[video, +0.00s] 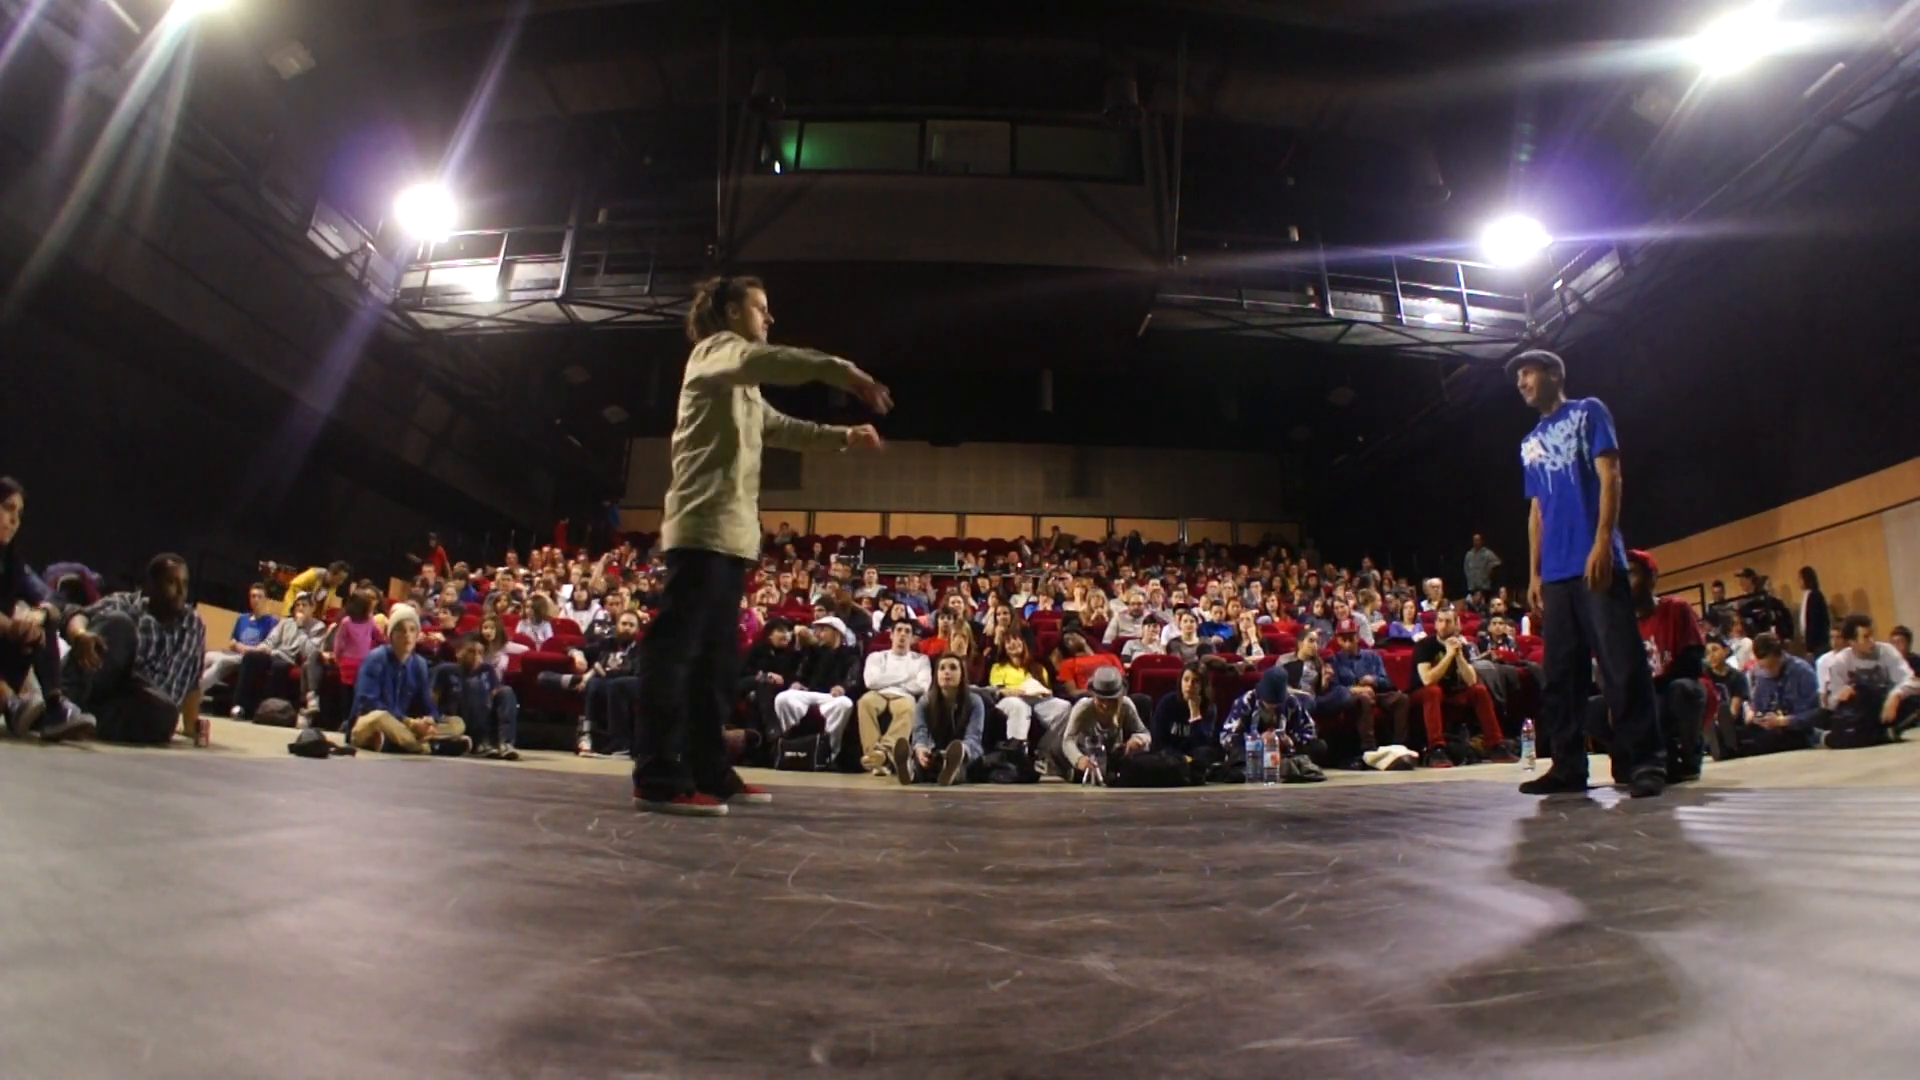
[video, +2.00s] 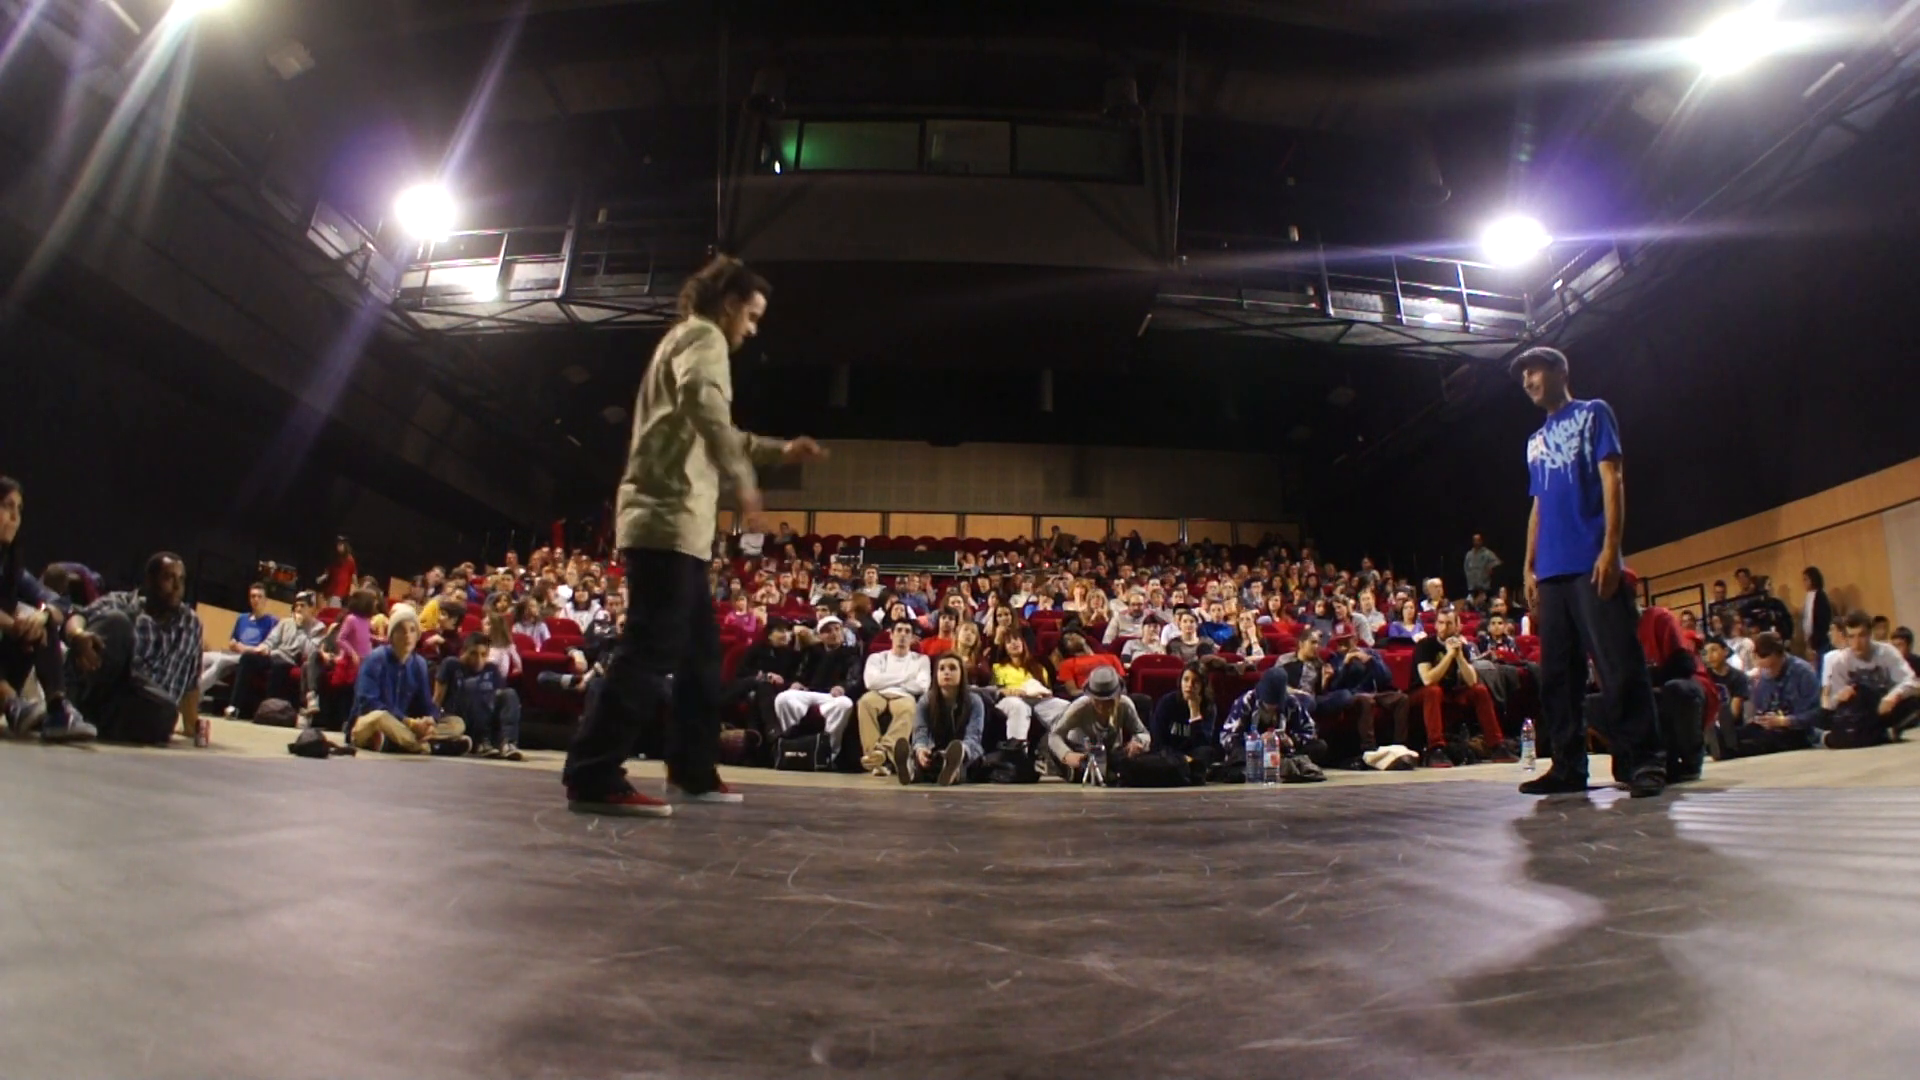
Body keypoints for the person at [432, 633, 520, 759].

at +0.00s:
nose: (475, 657)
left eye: (480, 653)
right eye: (471, 652)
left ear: (483, 656)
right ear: (459, 653)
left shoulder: (487, 670)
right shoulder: (444, 670)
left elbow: (495, 690)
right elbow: (434, 696)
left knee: (506, 692)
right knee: (473, 685)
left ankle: (506, 743)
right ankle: (481, 742)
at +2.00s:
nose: (478, 660)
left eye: (483, 655)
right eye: (474, 654)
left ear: (488, 655)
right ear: (464, 652)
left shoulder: (492, 669)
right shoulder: (450, 665)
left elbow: (498, 695)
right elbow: (438, 698)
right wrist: (430, 722)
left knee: (509, 694)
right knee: (471, 689)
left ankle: (507, 743)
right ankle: (482, 742)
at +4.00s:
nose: (478, 658)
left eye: (483, 654)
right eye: (473, 653)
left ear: (487, 655)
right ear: (464, 654)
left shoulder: (490, 669)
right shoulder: (451, 665)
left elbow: (498, 693)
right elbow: (438, 697)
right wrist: (431, 720)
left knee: (510, 694)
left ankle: (508, 743)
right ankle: (483, 742)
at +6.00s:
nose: (479, 660)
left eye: (482, 655)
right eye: (474, 654)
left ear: (486, 654)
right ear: (465, 654)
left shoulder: (491, 670)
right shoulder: (451, 665)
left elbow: (495, 697)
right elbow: (438, 698)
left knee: (510, 695)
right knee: (471, 690)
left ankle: (508, 743)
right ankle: (483, 741)